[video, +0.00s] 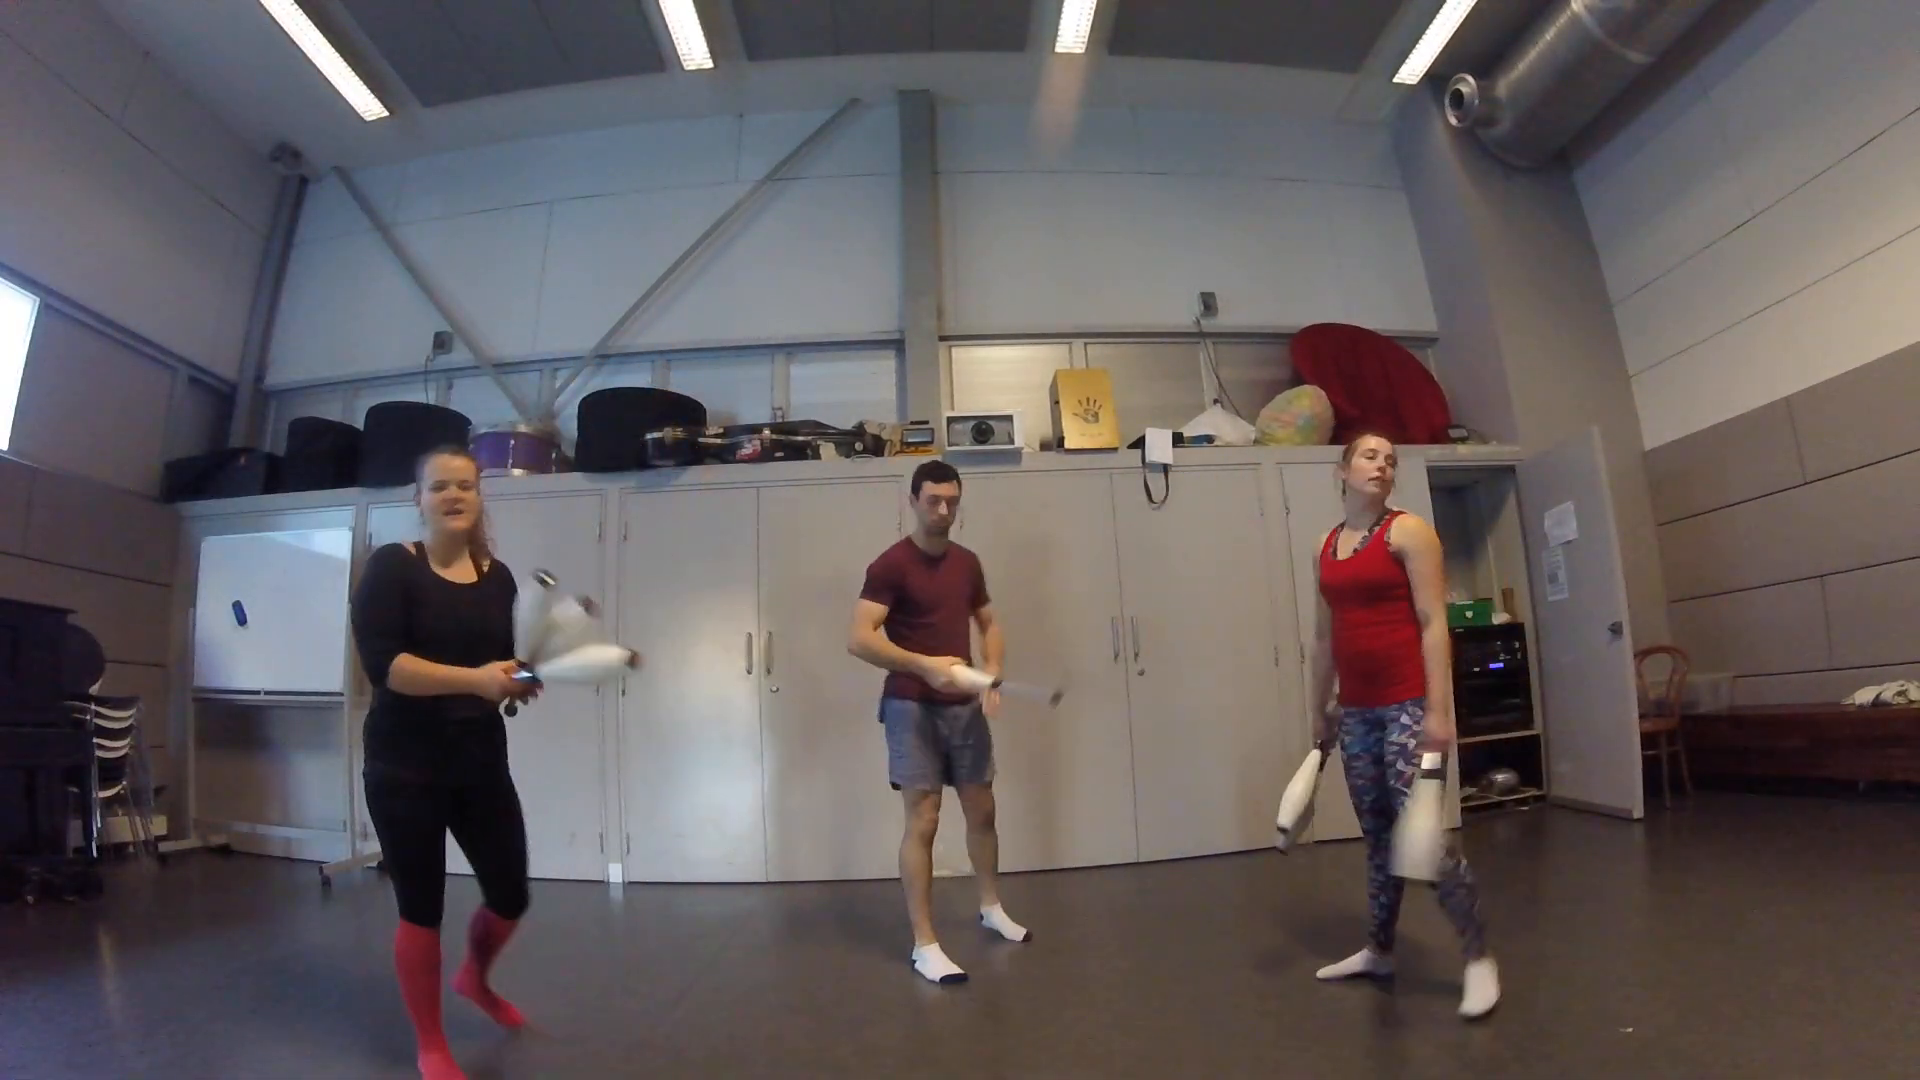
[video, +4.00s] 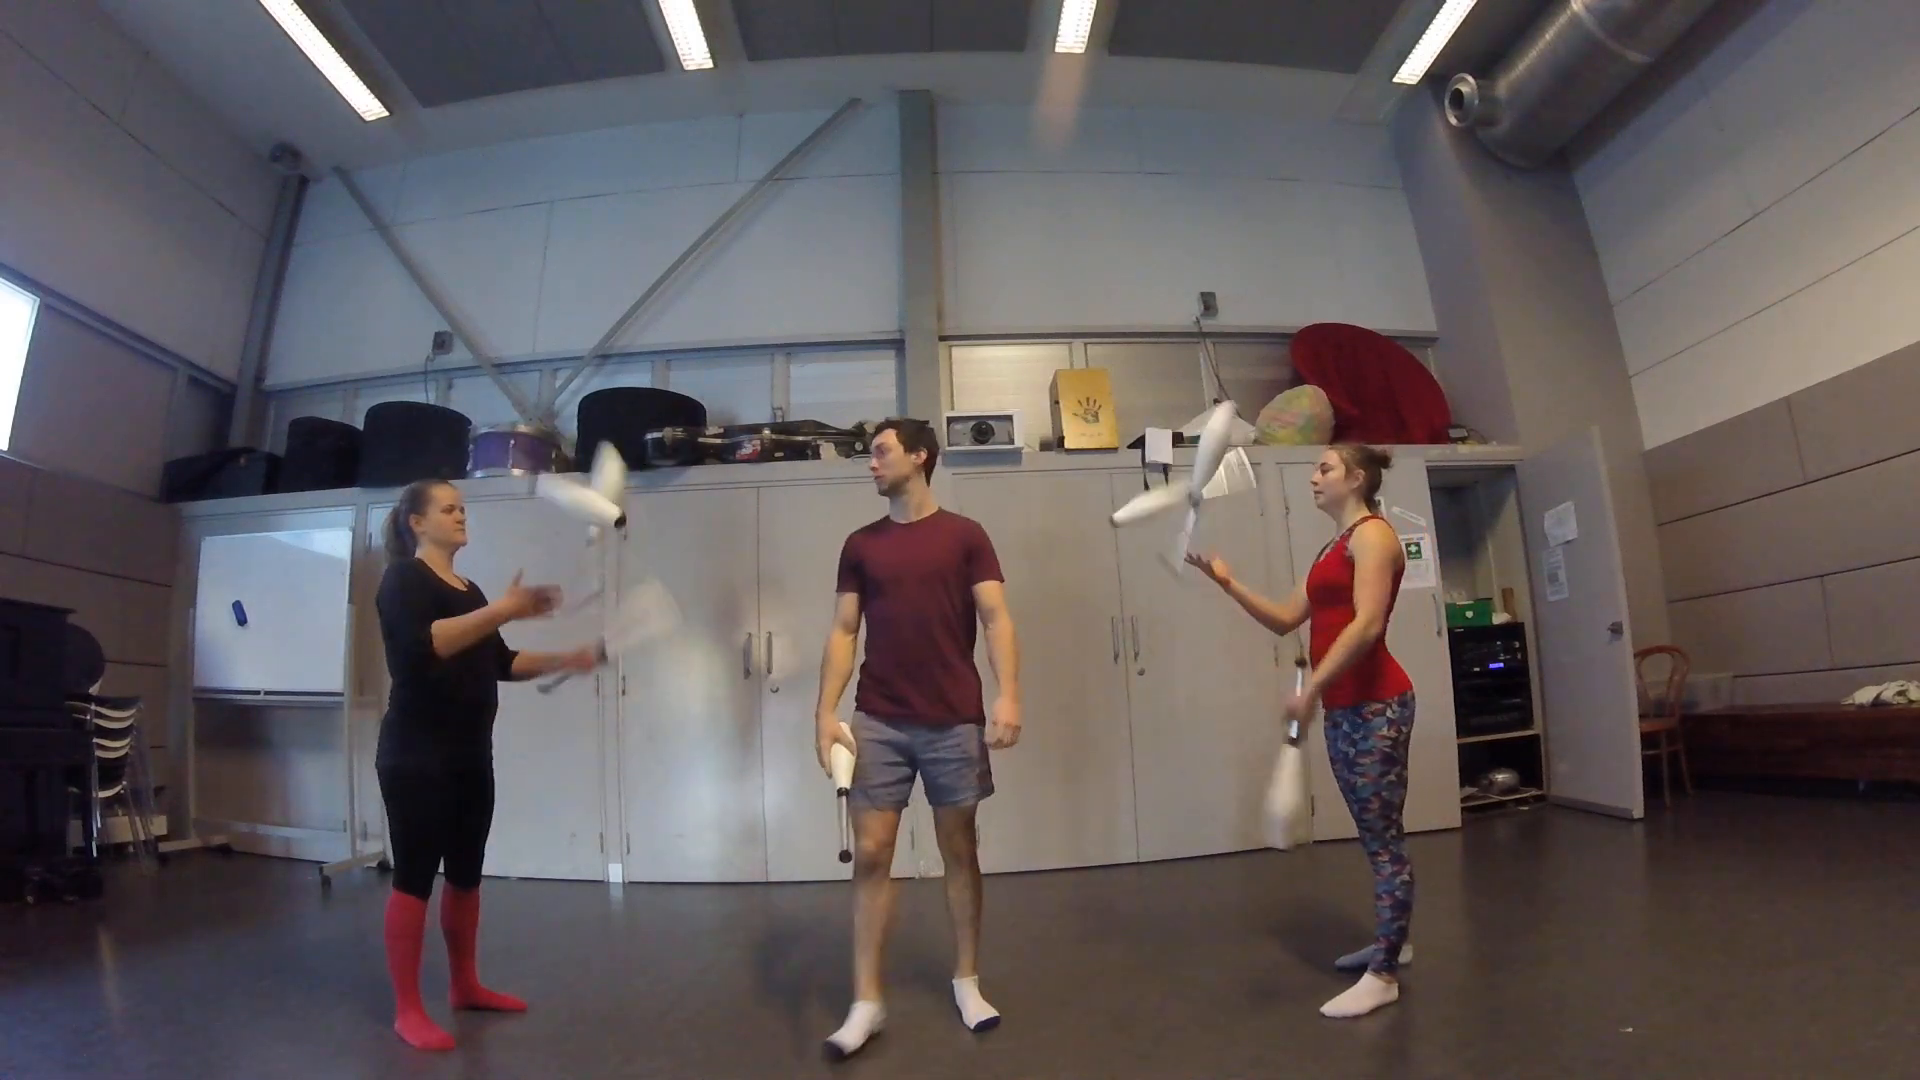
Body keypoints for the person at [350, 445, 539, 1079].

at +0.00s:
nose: (455, 496)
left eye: (465, 485)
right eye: (441, 486)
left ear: (481, 497)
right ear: (419, 499)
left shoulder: (498, 577)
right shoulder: (391, 566)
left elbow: (500, 662)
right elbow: (383, 666)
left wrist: (523, 675)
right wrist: (474, 679)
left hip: (478, 755)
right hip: (403, 759)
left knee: (509, 897)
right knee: (422, 907)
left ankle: (473, 978)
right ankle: (431, 1048)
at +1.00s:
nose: (425, 522)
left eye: (427, 513)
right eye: (413, 512)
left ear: (424, 522)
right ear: (378, 518)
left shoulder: (429, 589)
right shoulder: (342, 580)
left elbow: (434, 667)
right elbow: (301, 660)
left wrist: (478, 681)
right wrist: (368, 673)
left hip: (419, 752)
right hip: (352, 753)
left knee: (427, 872)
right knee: (346, 877)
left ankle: (438, 990)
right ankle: (338, 1001)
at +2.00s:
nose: (454, 525)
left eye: (455, 516)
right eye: (442, 515)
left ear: (452, 529)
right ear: (406, 524)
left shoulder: (452, 591)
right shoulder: (382, 581)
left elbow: (499, 642)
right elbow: (411, 619)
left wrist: (529, 587)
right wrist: (457, 552)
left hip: (458, 751)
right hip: (403, 755)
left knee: (460, 874)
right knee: (421, 878)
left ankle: (465, 986)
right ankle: (407, 1004)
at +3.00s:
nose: (476, 519)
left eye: (476, 510)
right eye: (465, 510)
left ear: (467, 521)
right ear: (429, 520)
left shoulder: (468, 585)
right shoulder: (415, 583)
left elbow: (492, 656)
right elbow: (434, 661)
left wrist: (549, 625)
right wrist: (513, 691)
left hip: (462, 750)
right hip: (412, 753)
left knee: (459, 869)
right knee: (408, 873)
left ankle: (466, 987)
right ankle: (404, 1006)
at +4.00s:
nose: (462, 518)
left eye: (463, 510)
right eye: (449, 510)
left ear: (462, 521)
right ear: (416, 523)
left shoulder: (468, 593)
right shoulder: (401, 582)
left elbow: (500, 663)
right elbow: (423, 645)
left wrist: (565, 661)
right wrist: (504, 610)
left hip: (468, 753)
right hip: (415, 755)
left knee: (465, 872)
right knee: (415, 877)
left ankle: (466, 987)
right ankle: (408, 1010)